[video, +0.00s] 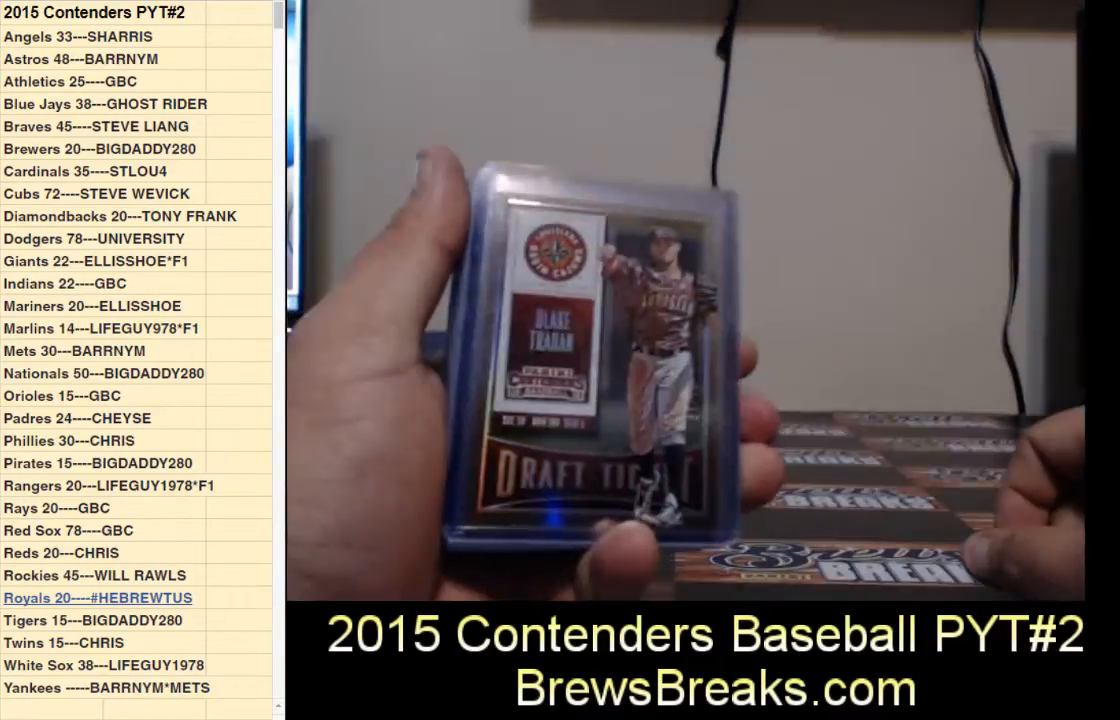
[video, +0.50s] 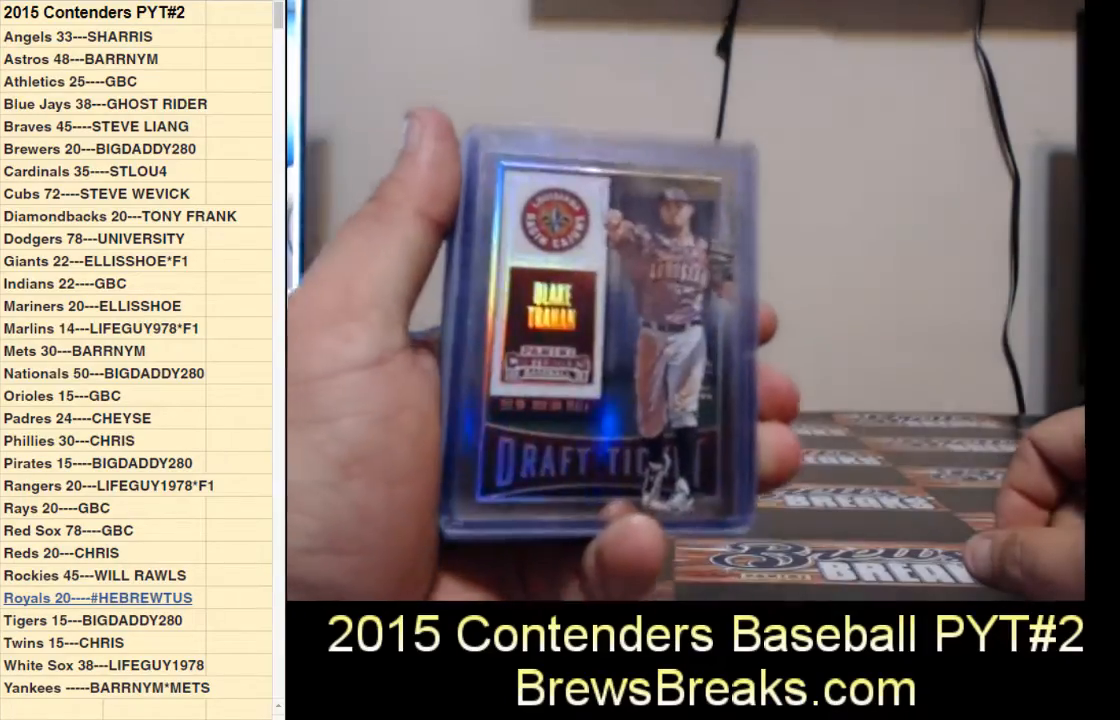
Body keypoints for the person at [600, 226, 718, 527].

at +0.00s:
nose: (662, 249)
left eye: (668, 243)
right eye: (657, 243)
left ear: (678, 249)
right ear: (650, 248)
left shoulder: (691, 283)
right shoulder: (639, 275)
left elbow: (709, 321)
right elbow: (622, 266)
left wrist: (711, 304)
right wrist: (612, 259)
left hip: (677, 361)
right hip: (643, 361)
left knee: (672, 430)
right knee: (641, 432)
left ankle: (673, 500)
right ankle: (645, 490)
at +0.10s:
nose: (668, 242)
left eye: (674, 236)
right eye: (663, 236)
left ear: (685, 241)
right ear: (656, 240)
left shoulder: (697, 276)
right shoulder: (644, 267)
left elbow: (718, 314)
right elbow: (625, 262)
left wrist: (719, 299)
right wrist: (616, 254)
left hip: (683, 354)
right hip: (648, 354)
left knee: (678, 426)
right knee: (646, 426)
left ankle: (680, 499)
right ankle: (652, 485)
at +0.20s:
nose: (666, 229)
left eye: (672, 224)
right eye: (661, 224)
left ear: (683, 229)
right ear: (654, 228)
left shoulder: (697, 264)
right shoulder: (644, 257)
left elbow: (718, 304)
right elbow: (624, 251)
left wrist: (719, 285)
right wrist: (614, 242)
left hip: (685, 345)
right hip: (649, 345)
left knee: (682, 420)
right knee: (649, 420)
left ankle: (684, 494)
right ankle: (655, 483)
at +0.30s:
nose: (670, 219)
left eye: (677, 214)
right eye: (665, 214)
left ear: (687, 218)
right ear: (657, 218)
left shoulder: (700, 254)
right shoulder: (646, 247)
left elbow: (722, 296)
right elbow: (626, 242)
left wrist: (726, 277)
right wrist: (615, 233)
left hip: (691, 339)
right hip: (653, 339)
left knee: (688, 414)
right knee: (654, 414)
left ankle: (690, 490)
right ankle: (661, 478)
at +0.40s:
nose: (681, 220)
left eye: (688, 214)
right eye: (676, 214)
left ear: (699, 219)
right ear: (668, 218)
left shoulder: (710, 256)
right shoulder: (655, 248)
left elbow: (729, 298)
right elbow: (637, 242)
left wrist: (735, 282)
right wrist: (625, 233)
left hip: (698, 344)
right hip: (660, 343)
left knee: (692, 419)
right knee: (659, 420)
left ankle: (693, 496)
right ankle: (666, 479)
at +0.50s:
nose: (673, 211)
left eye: (680, 205)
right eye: (668, 205)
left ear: (691, 211)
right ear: (660, 210)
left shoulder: (702, 249)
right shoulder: (646, 241)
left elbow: (724, 292)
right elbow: (628, 234)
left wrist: (725, 274)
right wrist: (617, 225)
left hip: (689, 335)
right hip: (652, 334)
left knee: (682, 410)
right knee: (650, 411)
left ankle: (683, 485)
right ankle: (655, 470)